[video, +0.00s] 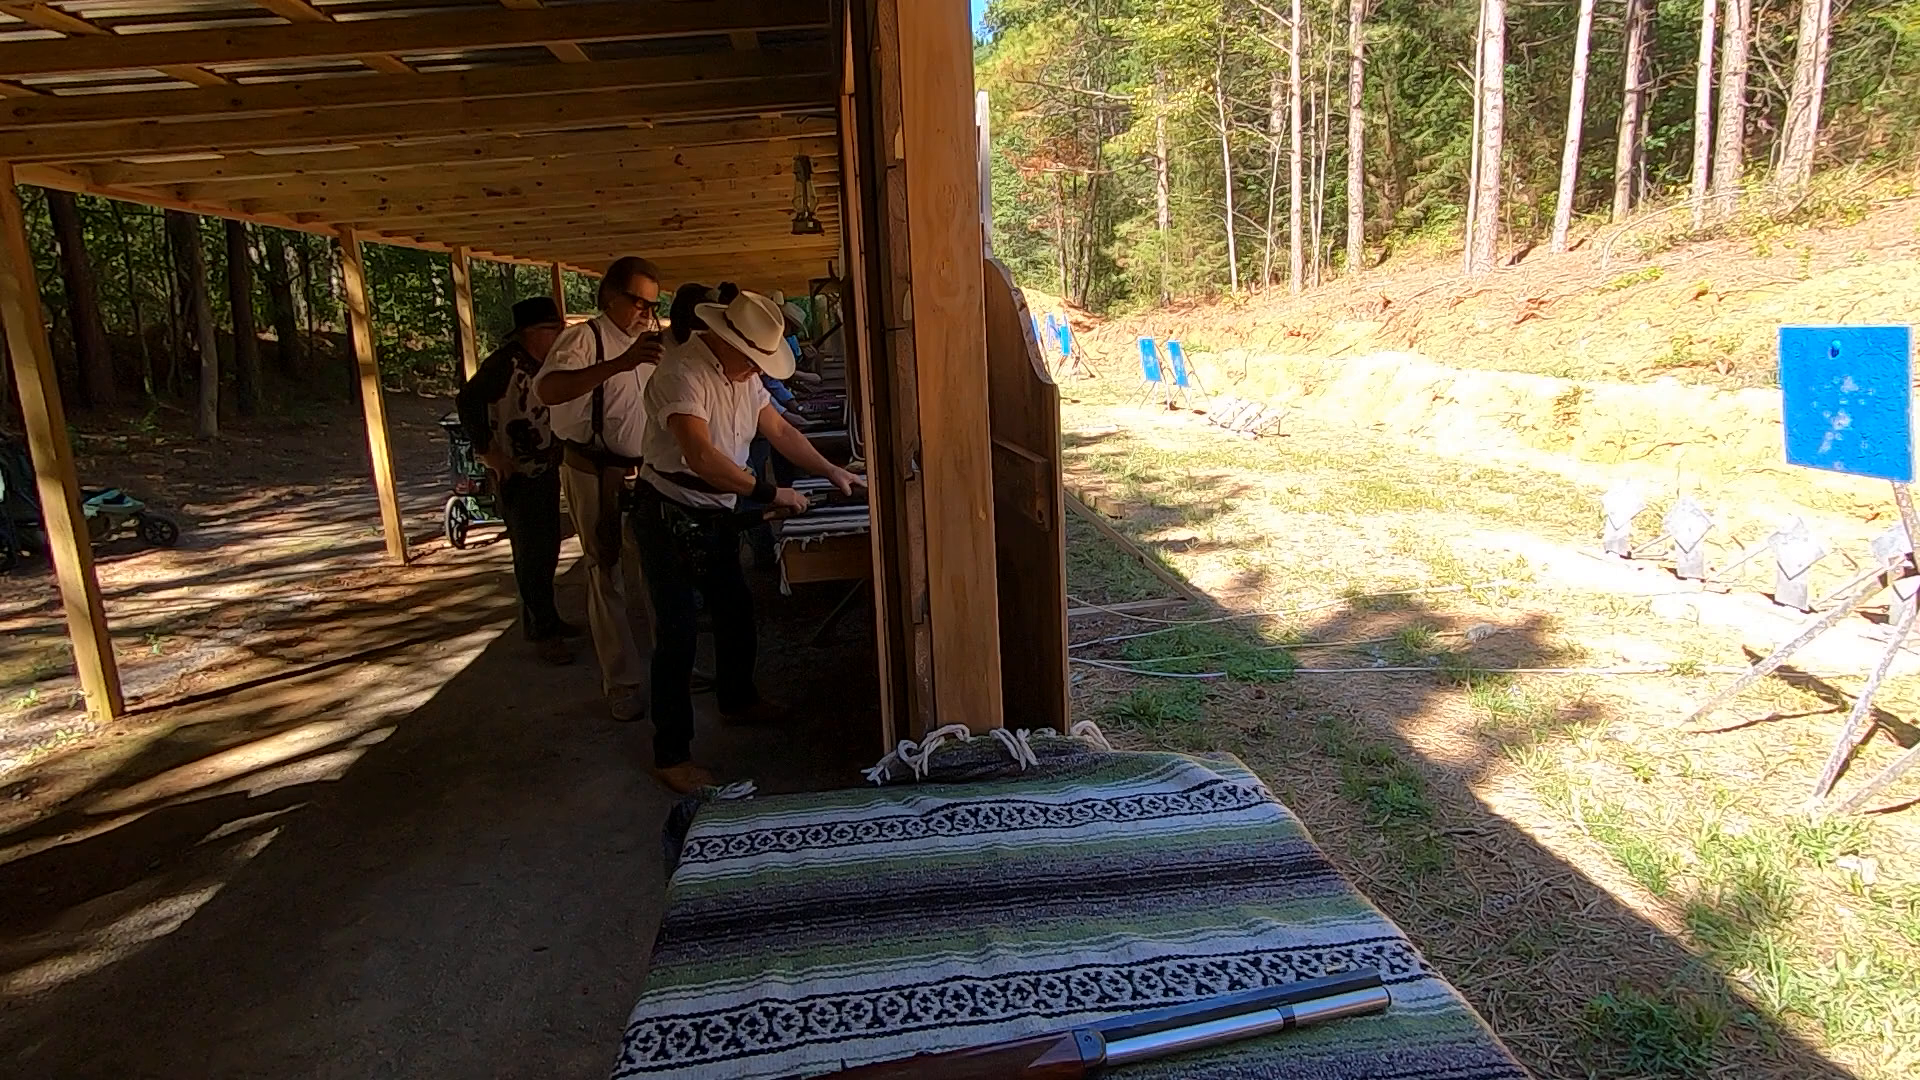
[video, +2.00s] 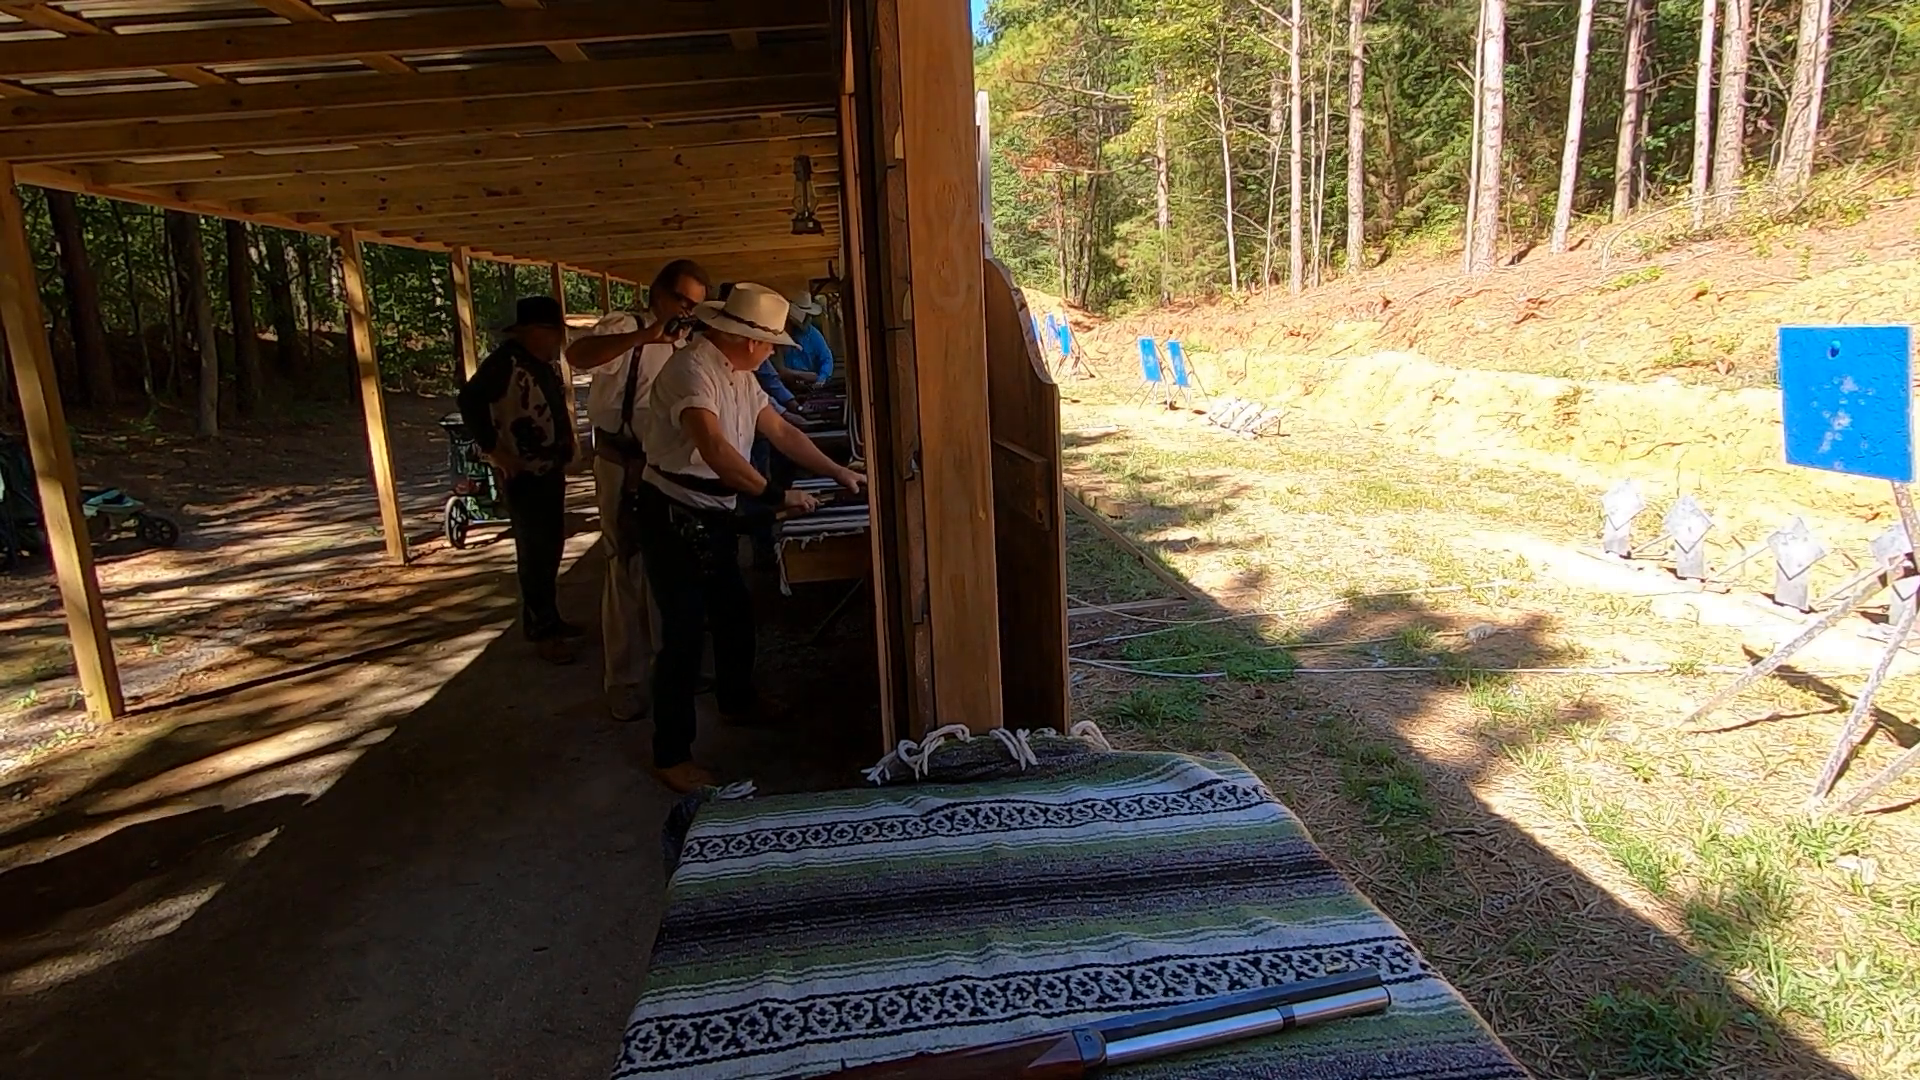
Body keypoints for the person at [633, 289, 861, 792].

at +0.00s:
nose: (755, 368)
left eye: (759, 361)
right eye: (750, 357)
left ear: (757, 353)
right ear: (723, 341)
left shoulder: (747, 375)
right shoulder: (680, 371)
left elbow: (778, 429)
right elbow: (698, 454)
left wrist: (832, 469)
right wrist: (766, 491)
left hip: (719, 513)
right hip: (666, 514)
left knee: (735, 611)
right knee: (678, 632)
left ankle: (740, 702)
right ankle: (672, 757)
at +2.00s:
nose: (771, 354)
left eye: (773, 346)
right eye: (770, 345)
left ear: (744, 340)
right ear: (750, 341)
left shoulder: (742, 375)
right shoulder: (690, 367)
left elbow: (780, 430)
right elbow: (711, 446)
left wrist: (838, 470)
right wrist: (774, 493)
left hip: (716, 514)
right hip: (670, 514)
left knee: (734, 613)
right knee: (685, 632)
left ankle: (739, 704)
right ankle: (671, 756)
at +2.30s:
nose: (770, 361)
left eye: (773, 353)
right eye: (768, 351)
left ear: (745, 343)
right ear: (741, 340)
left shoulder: (743, 376)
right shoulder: (689, 368)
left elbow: (781, 430)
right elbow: (711, 448)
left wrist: (838, 470)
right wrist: (774, 495)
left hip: (717, 514)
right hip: (670, 514)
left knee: (734, 614)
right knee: (685, 631)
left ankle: (739, 704)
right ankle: (671, 757)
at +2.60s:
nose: (763, 369)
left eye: (767, 362)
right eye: (761, 359)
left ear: (747, 350)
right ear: (736, 342)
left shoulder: (741, 378)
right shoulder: (687, 371)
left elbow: (776, 432)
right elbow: (709, 450)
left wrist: (832, 466)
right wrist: (774, 495)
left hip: (717, 516)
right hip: (669, 516)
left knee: (734, 616)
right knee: (685, 633)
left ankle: (739, 706)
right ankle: (671, 757)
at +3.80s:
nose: (760, 343)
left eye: (759, 335)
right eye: (755, 335)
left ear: (725, 337)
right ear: (727, 338)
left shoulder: (719, 372)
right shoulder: (684, 374)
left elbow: (728, 445)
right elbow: (709, 454)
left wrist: (758, 476)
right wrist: (780, 493)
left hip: (715, 513)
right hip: (675, 517)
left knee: (734, 616)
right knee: (687, 635)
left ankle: (739, 707)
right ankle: (672, 756)